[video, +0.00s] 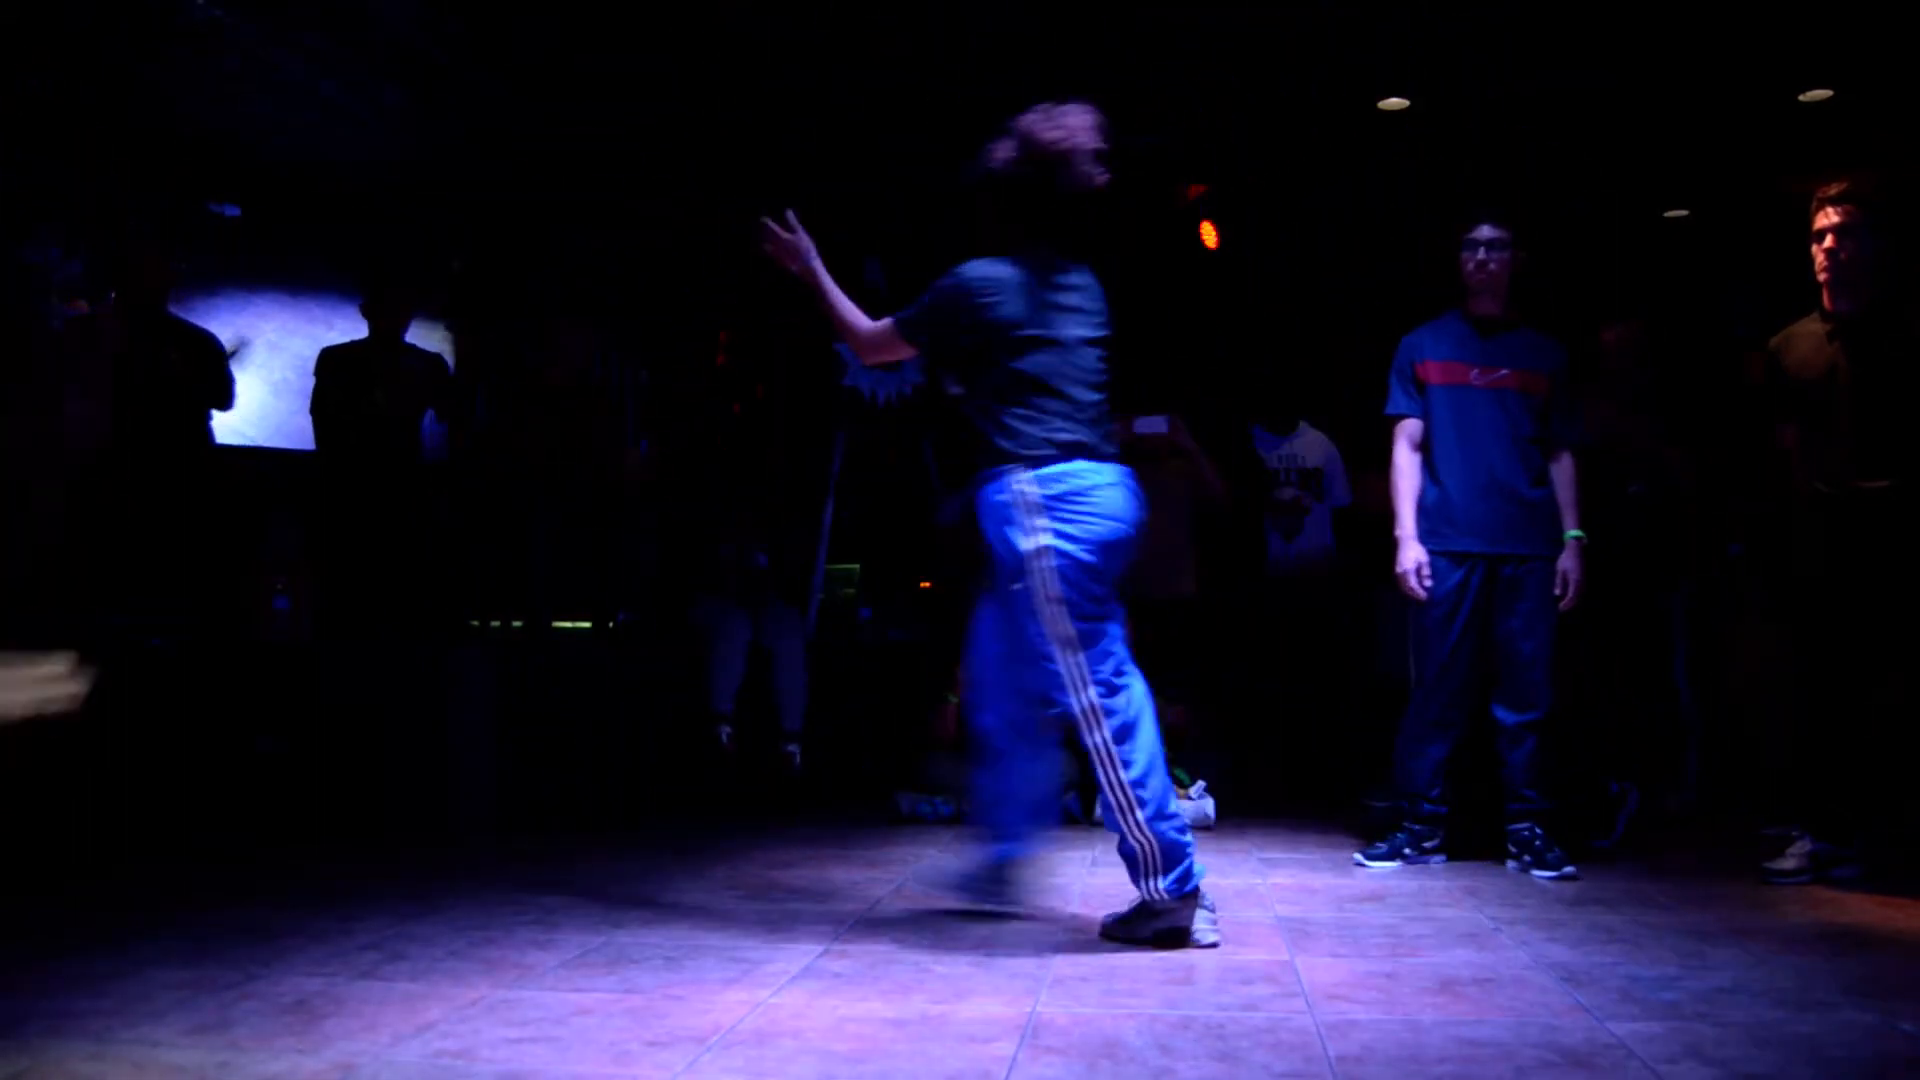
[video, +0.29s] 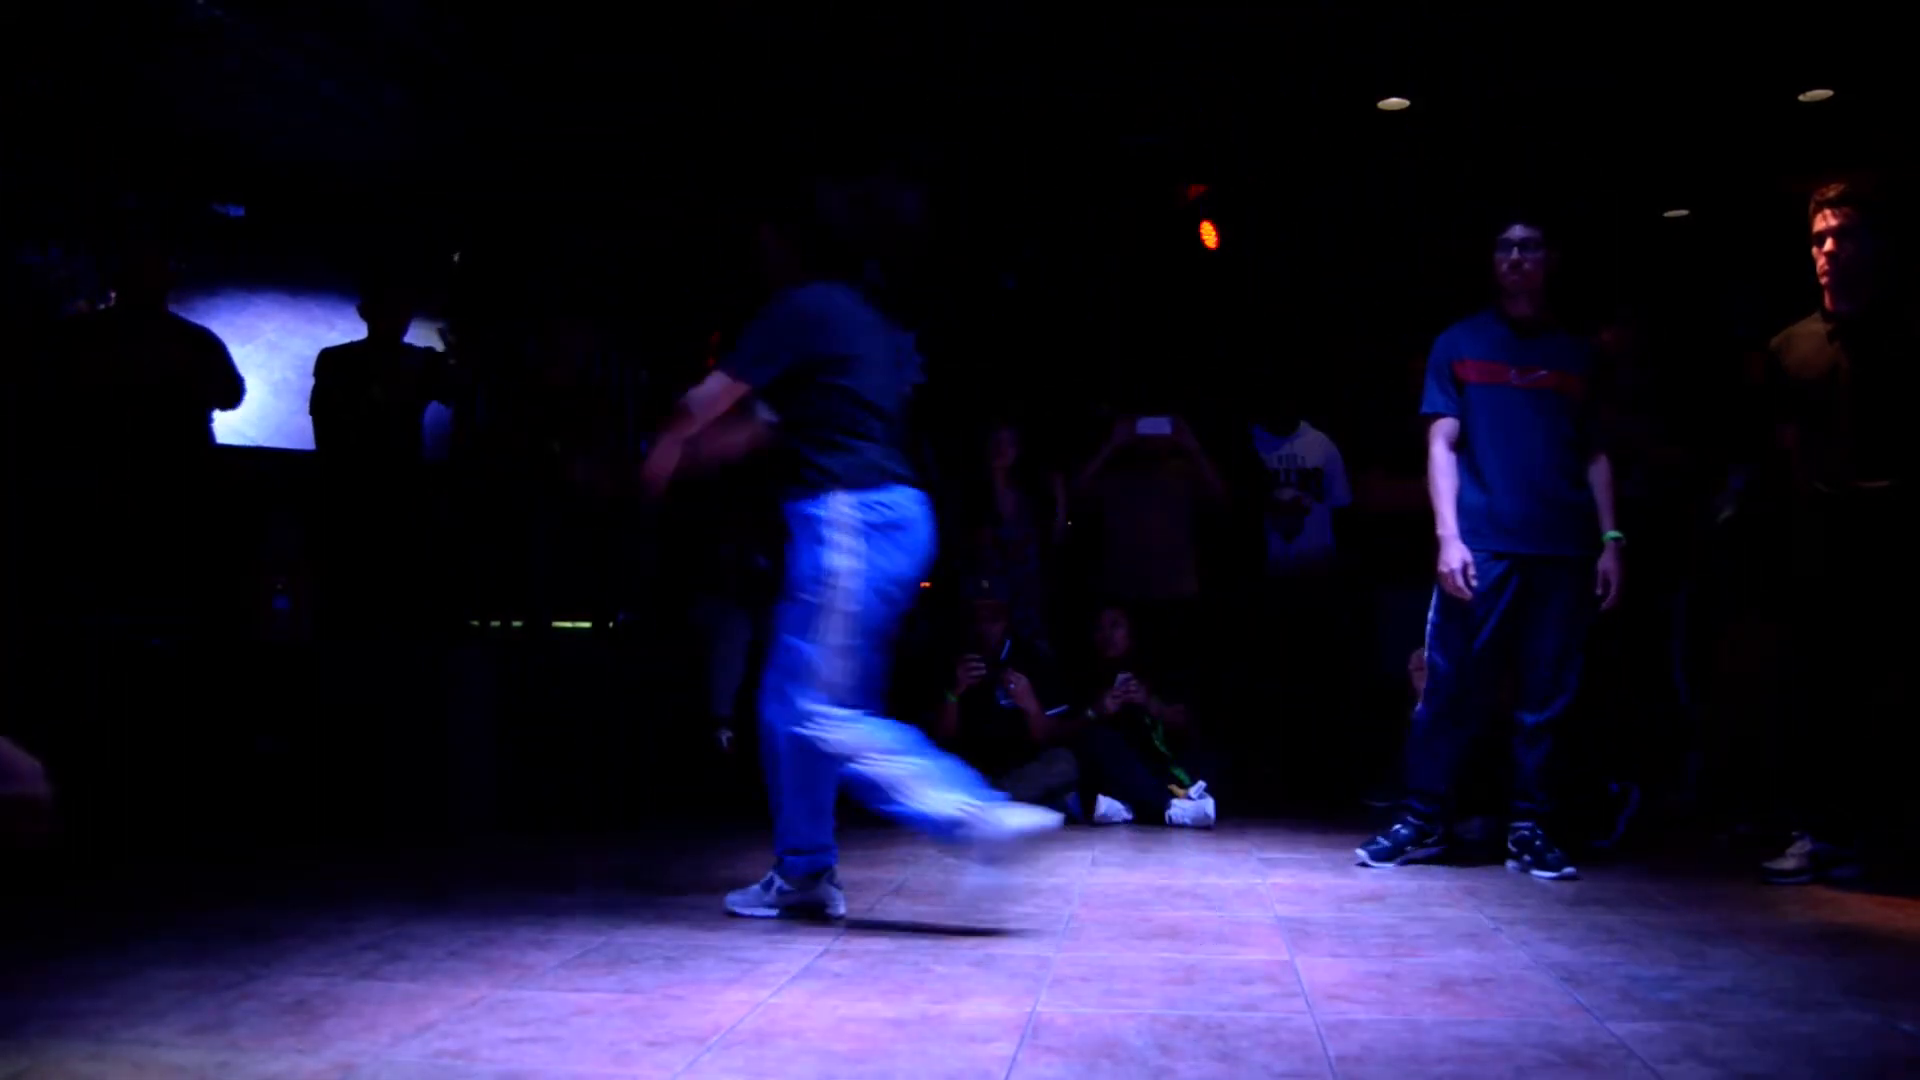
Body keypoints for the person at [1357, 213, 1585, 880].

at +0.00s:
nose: (1484, 261)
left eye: (1496, 250)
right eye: (1474, 250)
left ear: (1515, 261)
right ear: (1458, 261)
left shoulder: (1543, 353)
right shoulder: (1423, 346)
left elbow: (1560, 452)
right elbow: (1407, 445)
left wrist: (1571, 541)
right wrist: (1406, 537)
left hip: (1526, 547)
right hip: (1448, 544)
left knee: (1524, 694)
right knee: (1438, 688)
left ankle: (1525, 831)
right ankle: (1423, 826)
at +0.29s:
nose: (1517, 259)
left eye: (1529, 248)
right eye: (1507, 248)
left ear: (1550, 261)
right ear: (1492, 261)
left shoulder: (1578, 352)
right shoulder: (1459, 343)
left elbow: (1594, 452)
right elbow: (1442, 444)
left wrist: (1610, 540)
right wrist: (1448, 538)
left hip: (1561, 547)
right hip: (1482, 542)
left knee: (1547, 697)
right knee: (1448, 685)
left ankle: (1530, 830)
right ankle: (1424, 819)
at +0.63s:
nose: (1543, 257)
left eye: (1555, 246)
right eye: (1533, 246)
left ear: (1575, 258)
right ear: (1518, 259)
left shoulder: (1597, 343)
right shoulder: (1486, 338)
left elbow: (1617, 453)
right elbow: (1466, 439)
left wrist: (1639, 541)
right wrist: (1474, 535)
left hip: (1585, 538)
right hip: (1519, 535)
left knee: (1570, 684)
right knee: (1527, 676)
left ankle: (1549, 834)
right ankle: (1504, 837)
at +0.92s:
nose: (1560, 251)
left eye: (1572, 239)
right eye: (1549, 240)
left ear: (1593, 251)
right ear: (1533, 252)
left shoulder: (1613, 337)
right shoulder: (1504, 336)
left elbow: (1629, 448)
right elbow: (1486, 440)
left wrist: (1640, 537)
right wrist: (1495, 540)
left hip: (1603, 532)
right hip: (1540, 532)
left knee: (1579, 681)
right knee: (1579, 679)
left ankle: (1529, 827)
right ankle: (1628, 843)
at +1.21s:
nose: (1590, 246)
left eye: (1601, 234)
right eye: (1576, 235)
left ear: (1620, 245)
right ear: (1557, 249)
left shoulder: (1636, 326)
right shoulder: (1539, 329)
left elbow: (1658, 444)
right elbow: (1527, 438)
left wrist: (1675, 536)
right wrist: (1544, 541)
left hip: (1637, 530)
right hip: (1583, 533)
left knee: (1591, 683)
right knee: (1607, 687)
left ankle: (1535, 826)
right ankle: (1644, 850)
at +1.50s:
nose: (1621, 233)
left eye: (1632, 221)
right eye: (1606, 223)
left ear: (1651, 235)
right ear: (1586, 238)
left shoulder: (1664, 318)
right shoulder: (1575, 319)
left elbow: (1689, 442)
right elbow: (1575, 431)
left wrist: (1716, 529)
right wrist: (1622, 531)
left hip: (1668, 527)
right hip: (1610, 531)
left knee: (1656, 685)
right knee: (1631, 692)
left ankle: (1568, 810)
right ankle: (1648, 855)